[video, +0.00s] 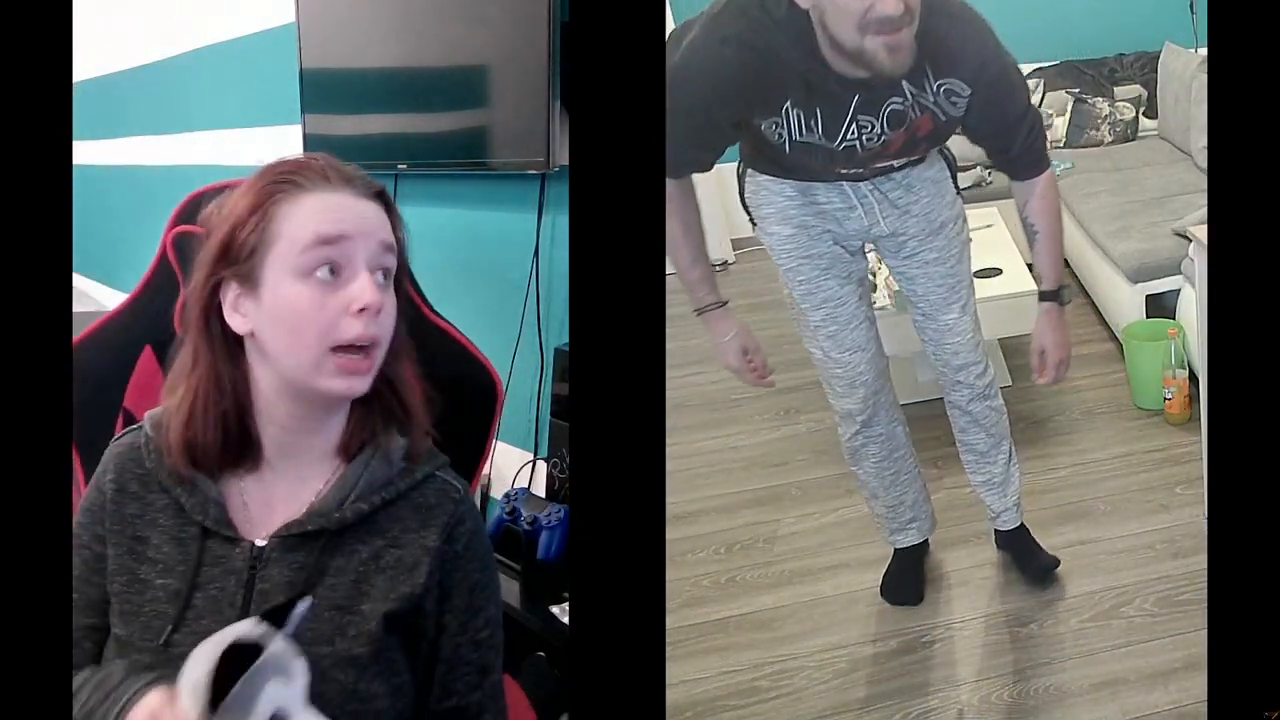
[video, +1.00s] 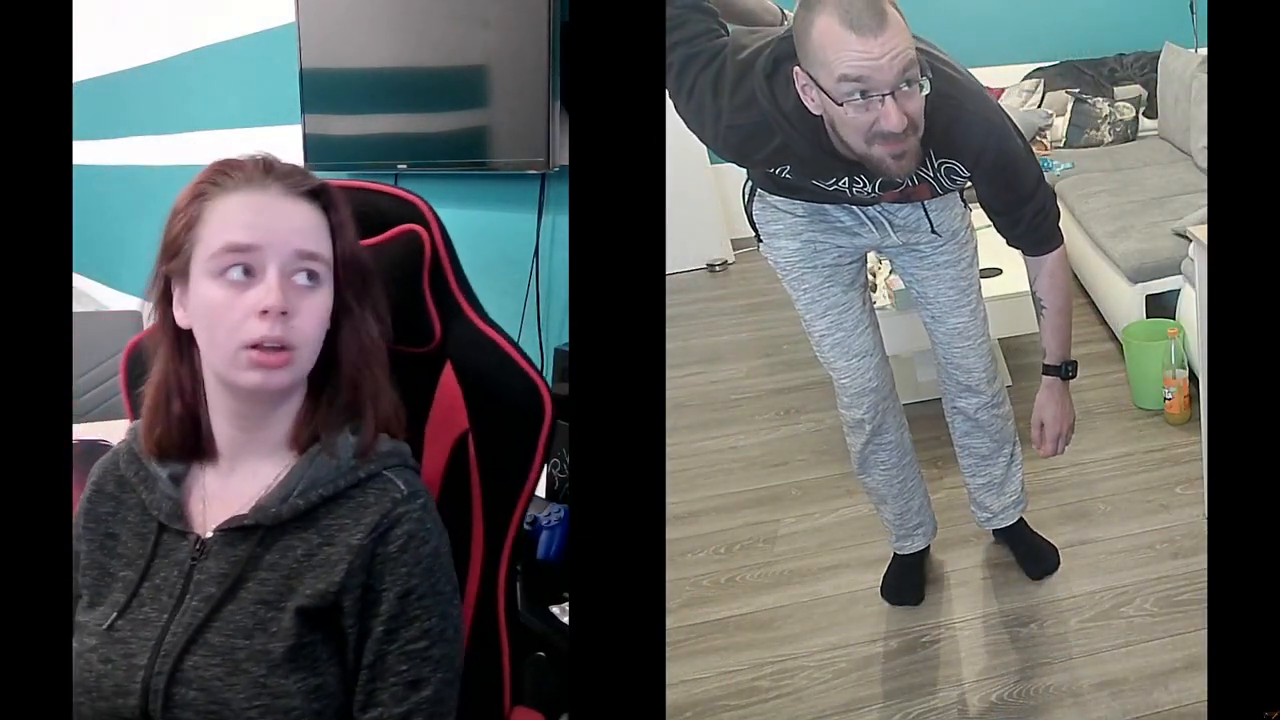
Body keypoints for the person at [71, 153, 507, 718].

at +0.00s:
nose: (372, 297)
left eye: (384, 273)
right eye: (328, 269)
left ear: (396, 295)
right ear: (238, 305)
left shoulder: (440, 521)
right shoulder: (131, 477)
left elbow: (470, 709)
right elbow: (74, 671)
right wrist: (132, 700)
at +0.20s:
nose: (354, 299)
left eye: (369, 275)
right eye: (314, 268)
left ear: (382, 297)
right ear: (227, 297)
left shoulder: (424, 513)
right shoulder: (121, 482)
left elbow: (453, 708)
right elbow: (77, 687)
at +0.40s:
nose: (327, 297)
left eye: (349, 274)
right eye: (290, 265)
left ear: (366, 303)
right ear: (211, 292)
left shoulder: (409, 507)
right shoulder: (115, 481)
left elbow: (443, 708)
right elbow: (78, 679)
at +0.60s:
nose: (315, 296)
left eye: (338, 272)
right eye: (278, 265)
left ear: (354, 302)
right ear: (202, 292)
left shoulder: (396, 502)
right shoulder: (115, 481)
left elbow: (429, 705)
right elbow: (81, 679)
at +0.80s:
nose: (305, 292)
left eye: (330, 269)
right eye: (267, 261)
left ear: (347, 303)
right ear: (196, 291)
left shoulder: (389, 504)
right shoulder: (113, 480)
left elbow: (418, 705)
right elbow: (84, 678)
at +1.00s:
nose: (275, 302)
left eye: (306, 276)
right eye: (240, 271)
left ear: (334, 306)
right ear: (180, 300)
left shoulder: (387, 518)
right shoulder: (117, 485)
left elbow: (410, 706)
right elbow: (84, 678)